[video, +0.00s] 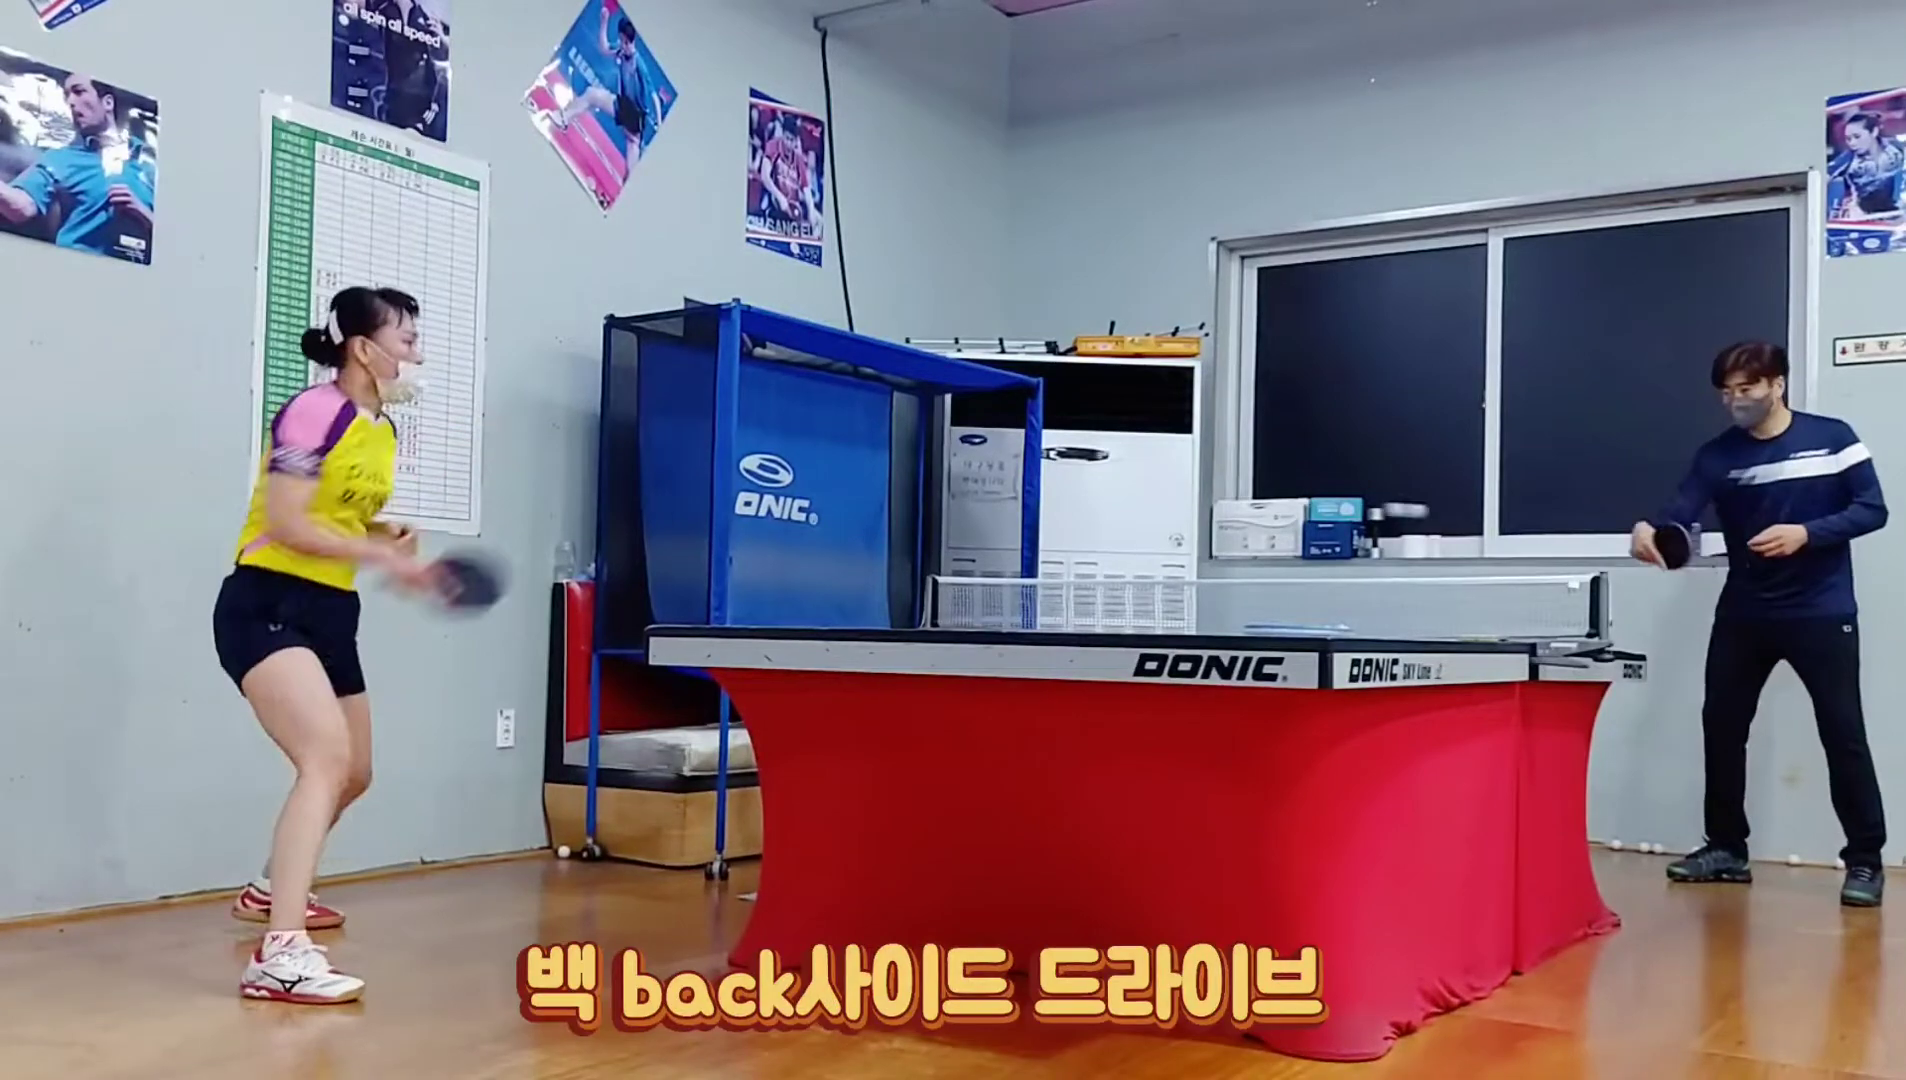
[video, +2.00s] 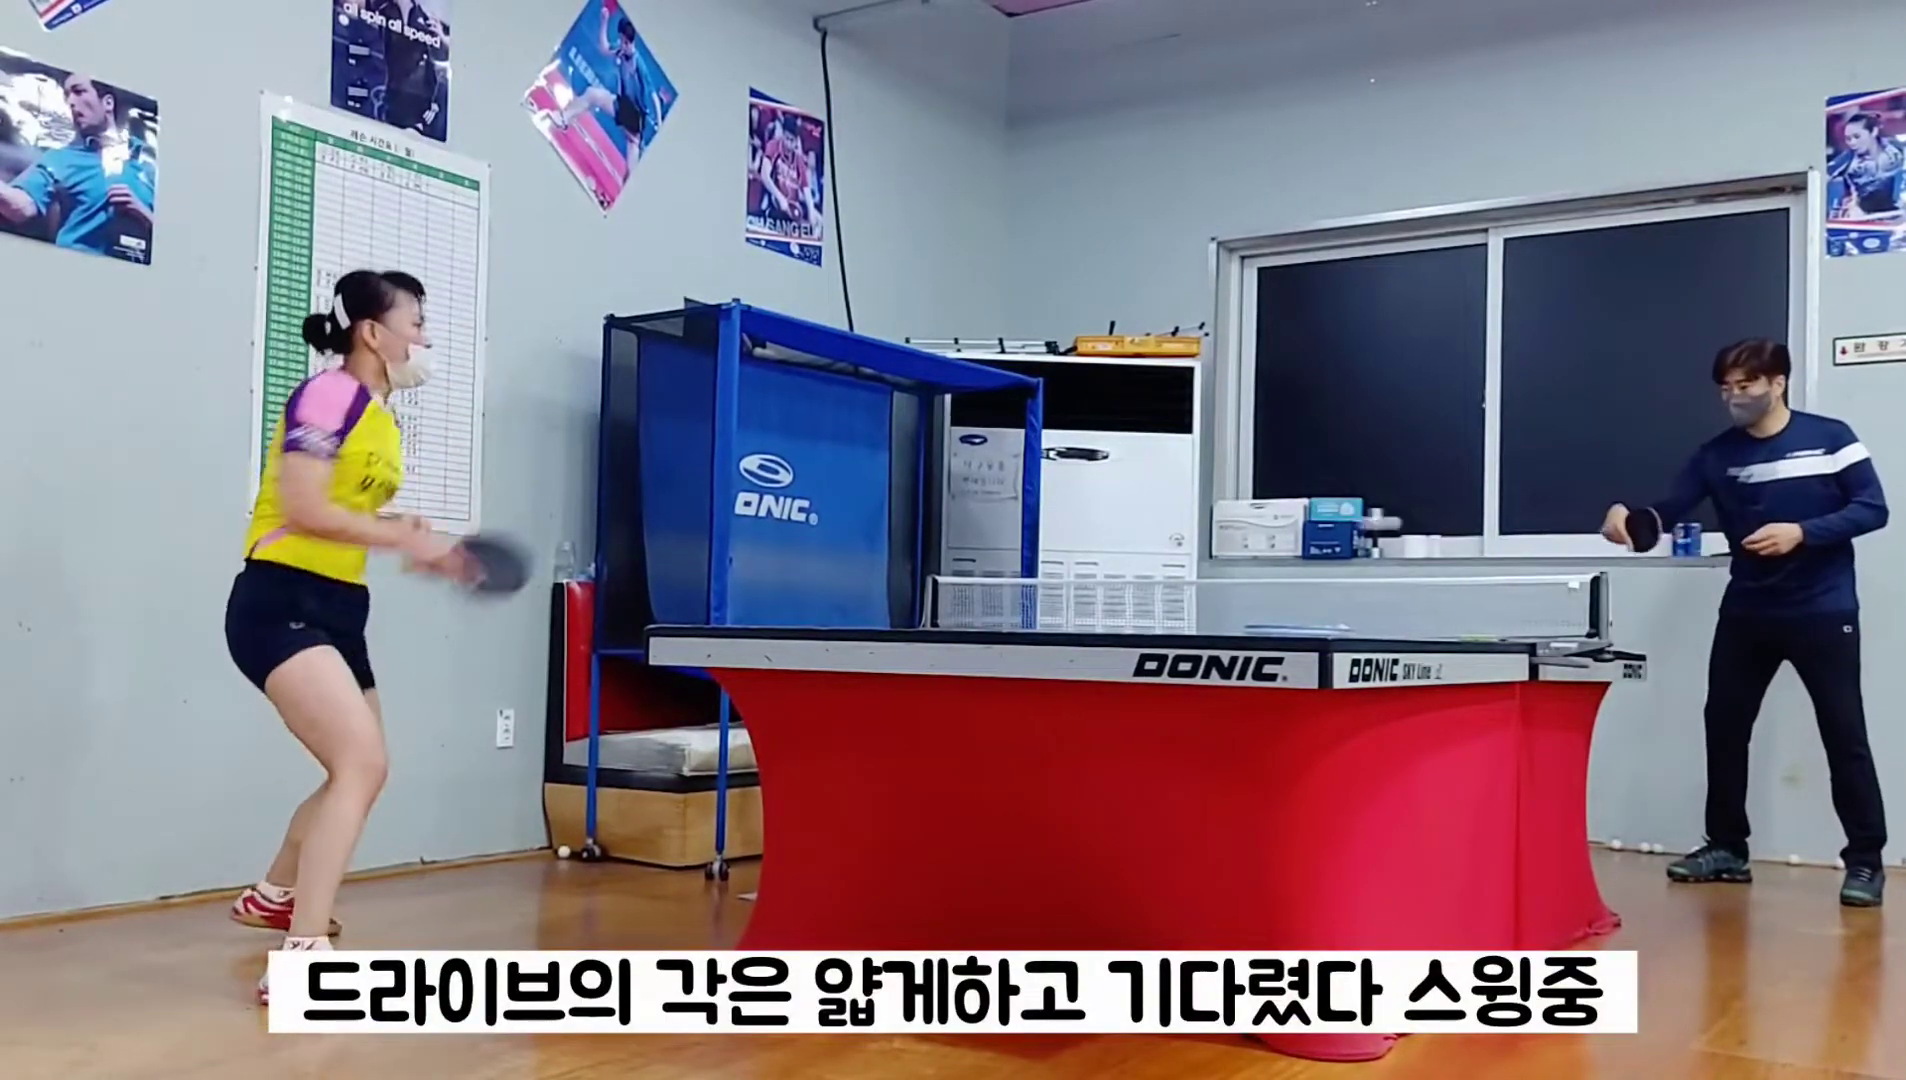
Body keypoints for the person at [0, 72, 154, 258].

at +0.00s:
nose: (70, 101)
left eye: (79, 91)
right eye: (67, 96)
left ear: (108, 102)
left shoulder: (150, 160)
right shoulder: (60, 159)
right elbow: (20, 207)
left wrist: (143, 212)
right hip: (74, 262)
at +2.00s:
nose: (71, 101)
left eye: (80, 91)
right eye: (67, 96)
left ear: (108, 103)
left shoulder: (149, 161)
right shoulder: (61, 159)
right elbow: (20, 208)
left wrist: (143, 212)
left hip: (134, 270)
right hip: (74, 262)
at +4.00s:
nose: (71, 101)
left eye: (79, 91)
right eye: (67, 96)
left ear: (108, 103)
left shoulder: (149, 164)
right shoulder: (59, 159)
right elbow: (20, 207)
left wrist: (142, 212)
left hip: (134, 270)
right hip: (74, 261)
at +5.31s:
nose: (70, 101)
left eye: (79, 91)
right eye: (67, 96)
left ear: (108, 102)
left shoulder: (150, 163)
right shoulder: (59, 159)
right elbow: (19, 208)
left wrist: (143, 213)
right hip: (75, 261)